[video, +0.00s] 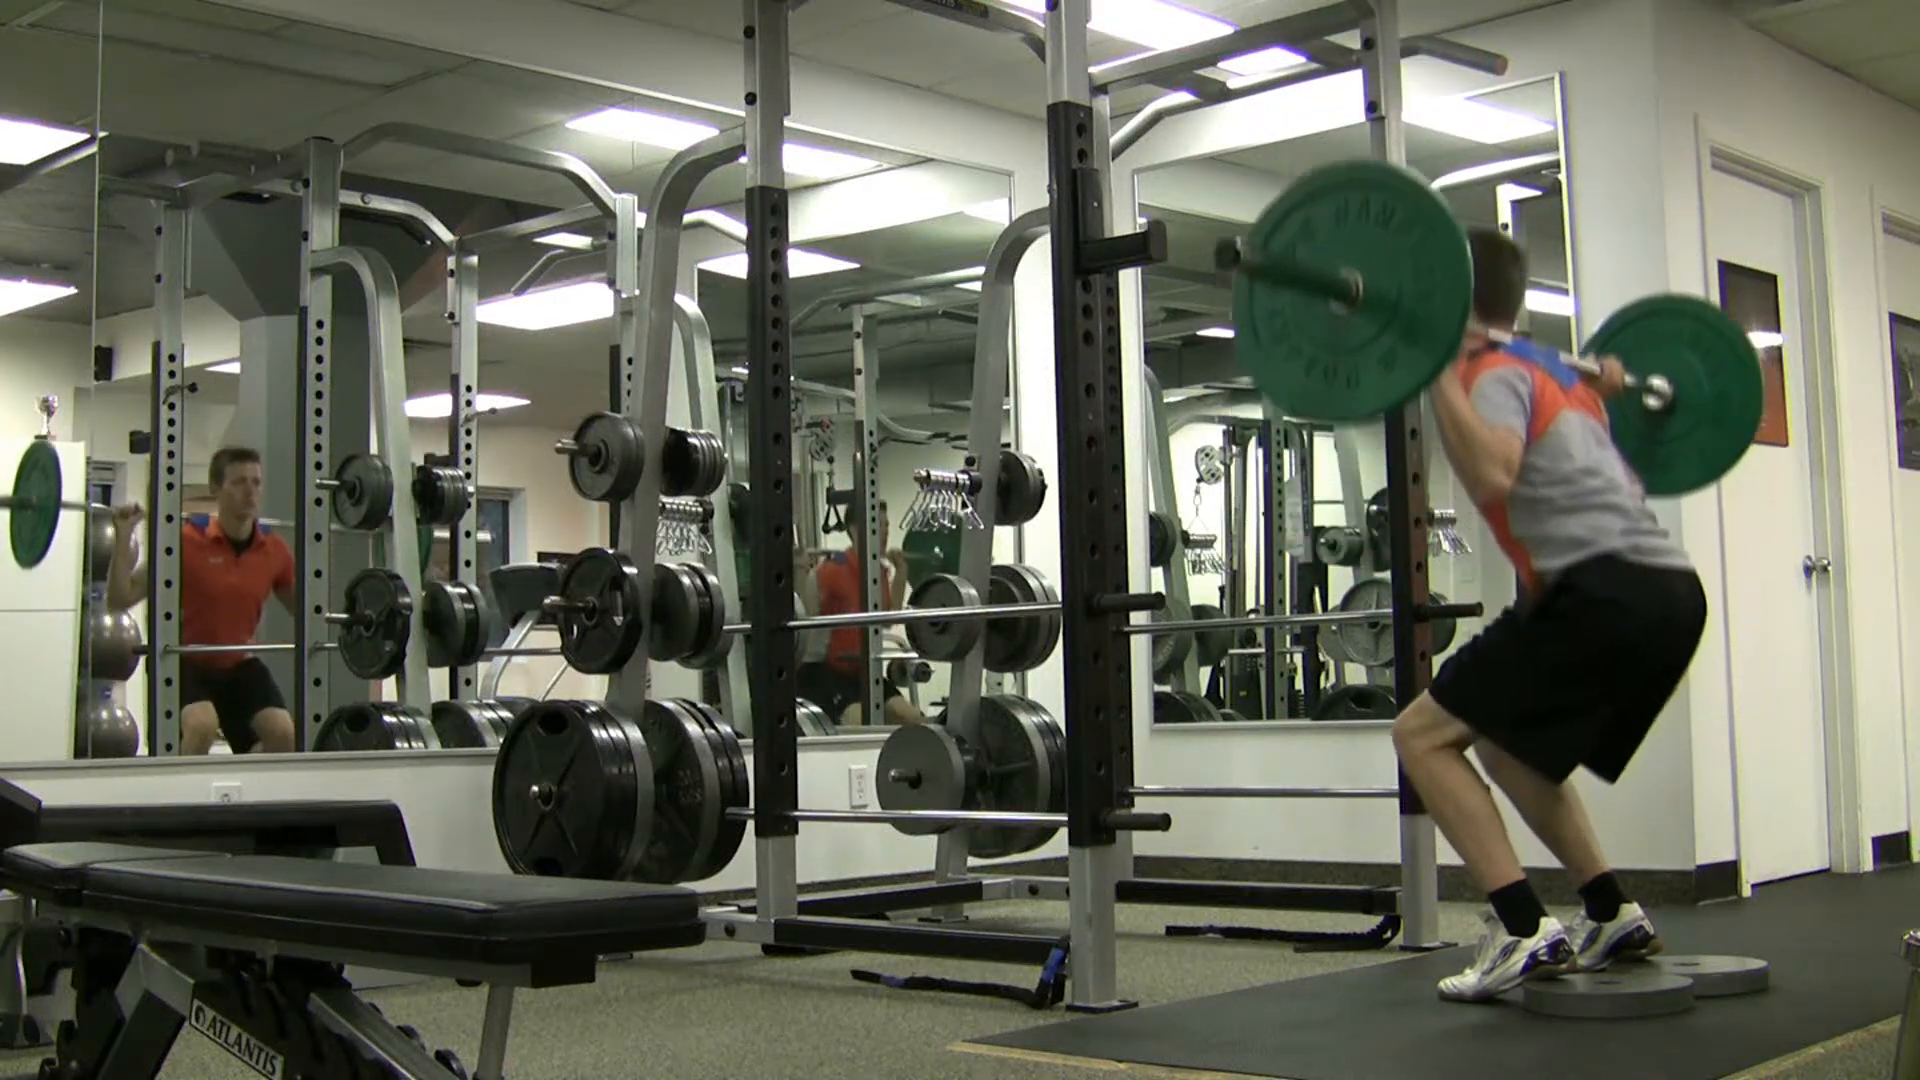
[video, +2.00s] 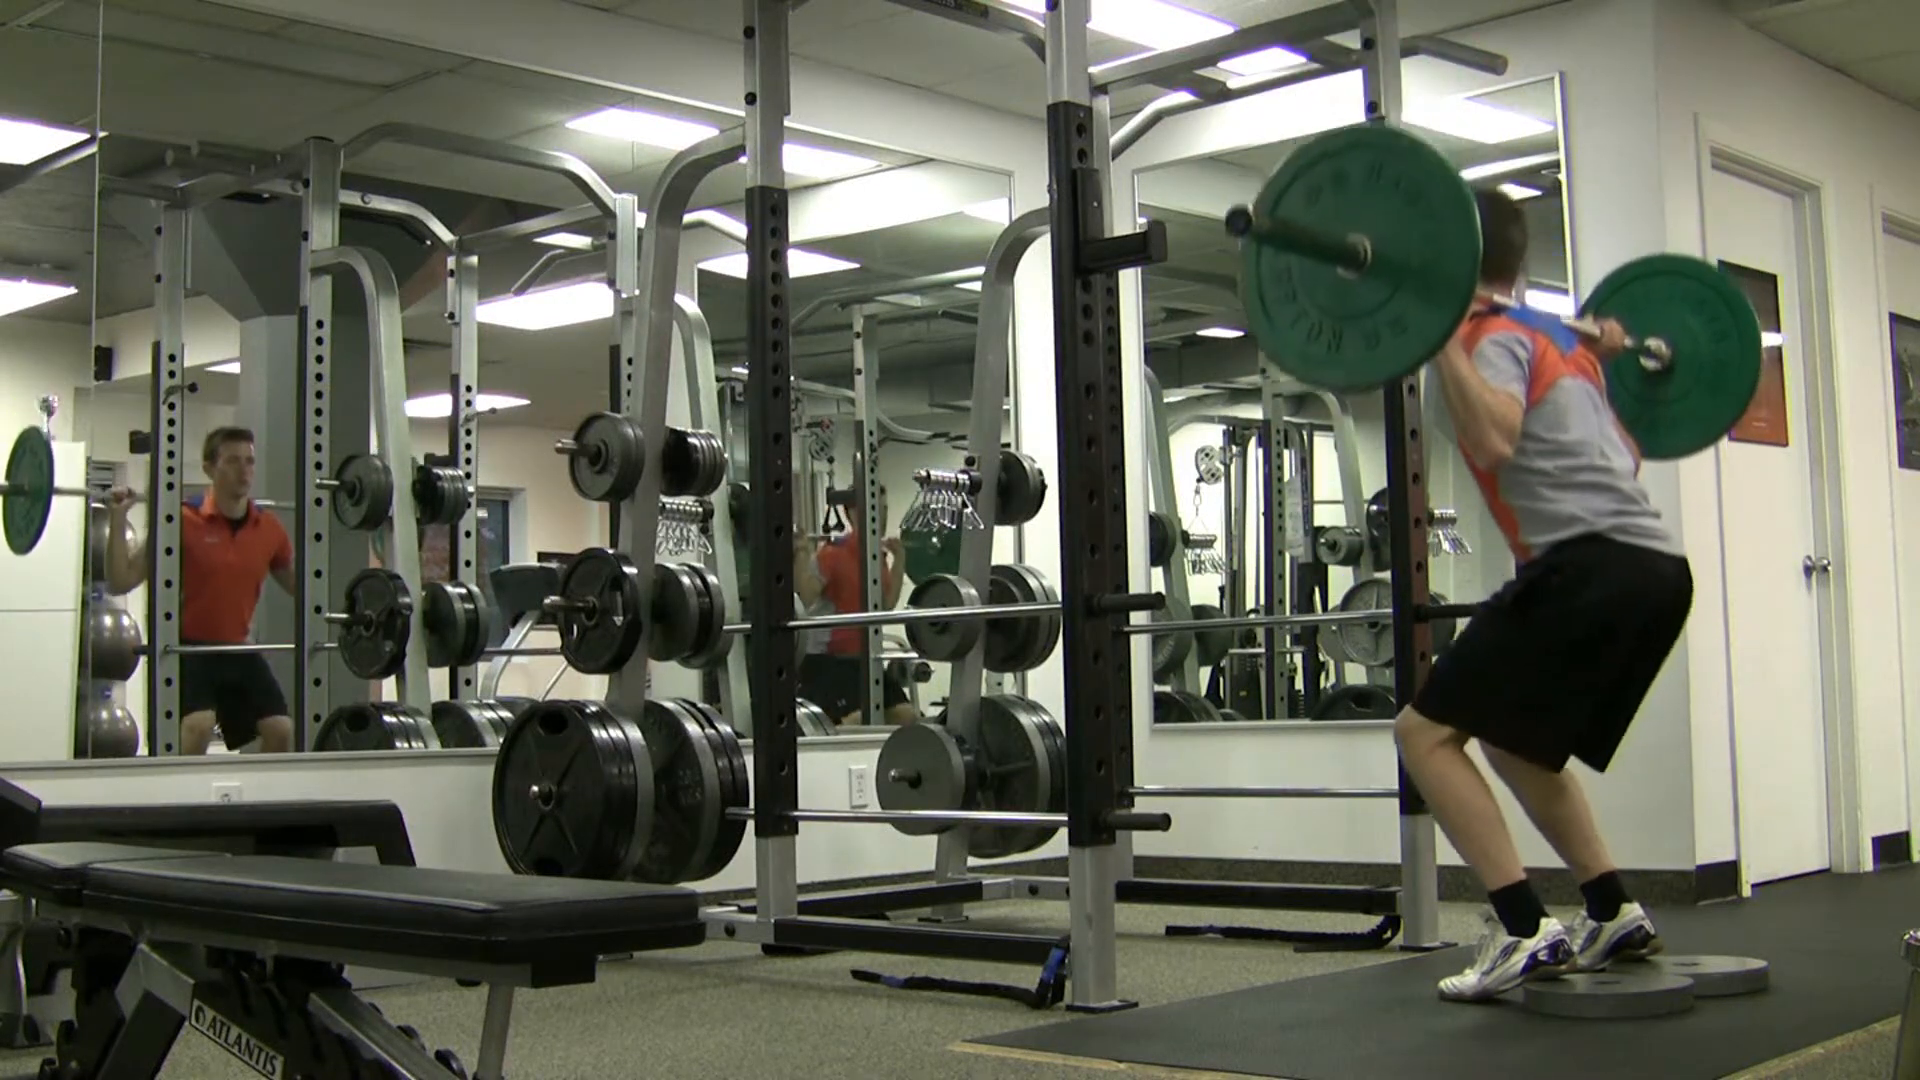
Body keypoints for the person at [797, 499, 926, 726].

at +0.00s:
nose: (882, 532)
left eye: (885, 525)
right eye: (873, 525)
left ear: (888, 527)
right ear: (854, 530)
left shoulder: (880, 571)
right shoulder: (832, 570)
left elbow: (890, 616)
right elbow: (810, 617)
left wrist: (901, 573)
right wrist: (801, 574)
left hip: (868, 670)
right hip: (831, 669)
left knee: (912, 719)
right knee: (858, 720)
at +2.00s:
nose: (875, 515)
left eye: (881, 508)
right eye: (867, 508)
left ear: (885, 511)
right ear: (850, 513)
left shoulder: (877, 556)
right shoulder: (833, 553)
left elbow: (888, 603)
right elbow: (808, 597)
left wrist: (899, 557)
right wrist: (801, 555)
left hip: (871, 656)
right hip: (839, 656)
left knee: (906, 717)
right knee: (855, 721)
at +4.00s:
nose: (885, 495)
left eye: (885, 488)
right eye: (879, 488)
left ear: (882, 492)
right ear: (861, 491)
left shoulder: (877, 534)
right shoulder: (832, 531)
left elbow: (887, 585)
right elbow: (800, 580)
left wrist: (900, 538)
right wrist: (800, 533)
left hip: (867, 642)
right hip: (835, 644)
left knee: (903, 718)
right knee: (853, 721)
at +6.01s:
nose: (883, 522)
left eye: (885, 516)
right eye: (876, 515)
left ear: (888, 521)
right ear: (854, 521)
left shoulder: (882, 562)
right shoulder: (835, 558)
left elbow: (890, 608)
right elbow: (811, 599)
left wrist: (902, 564)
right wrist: (802, 561)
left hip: (870, 660)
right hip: (838, 660)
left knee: (909, 718)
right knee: (856, 723)